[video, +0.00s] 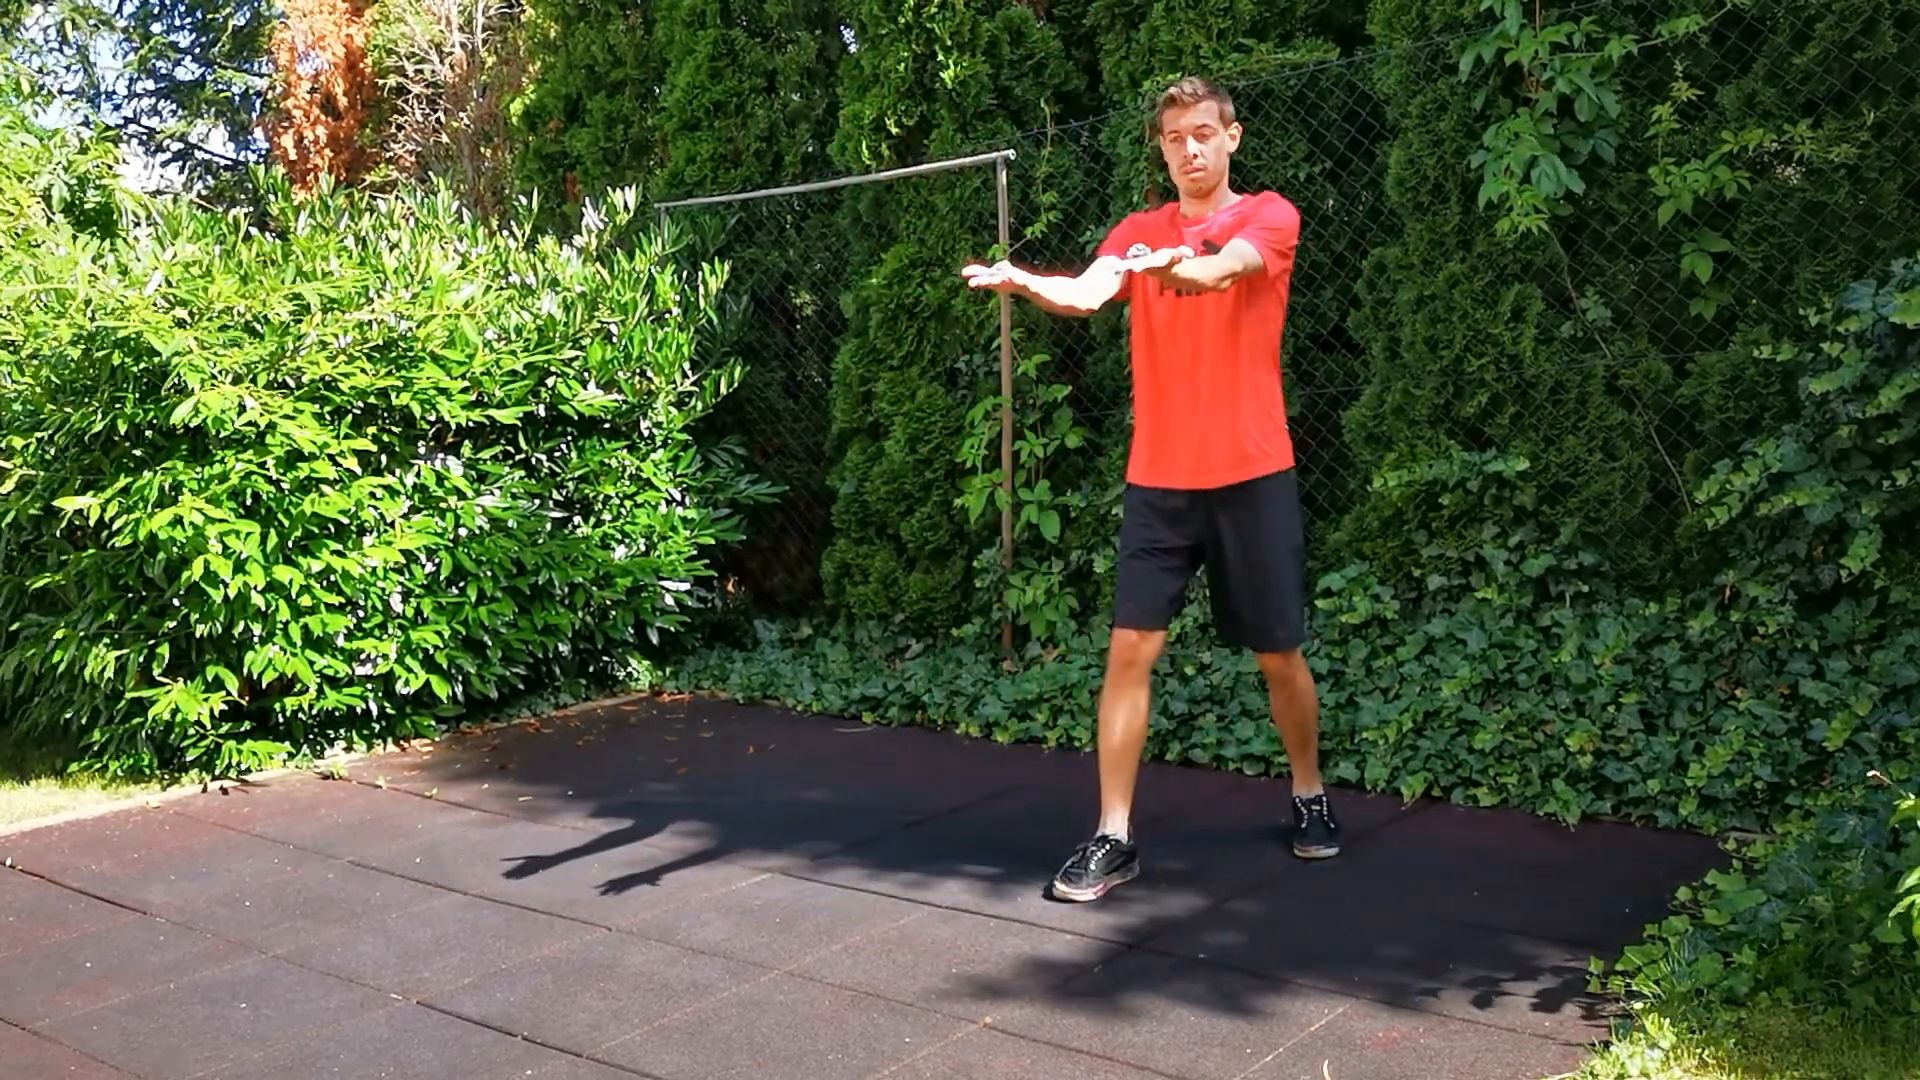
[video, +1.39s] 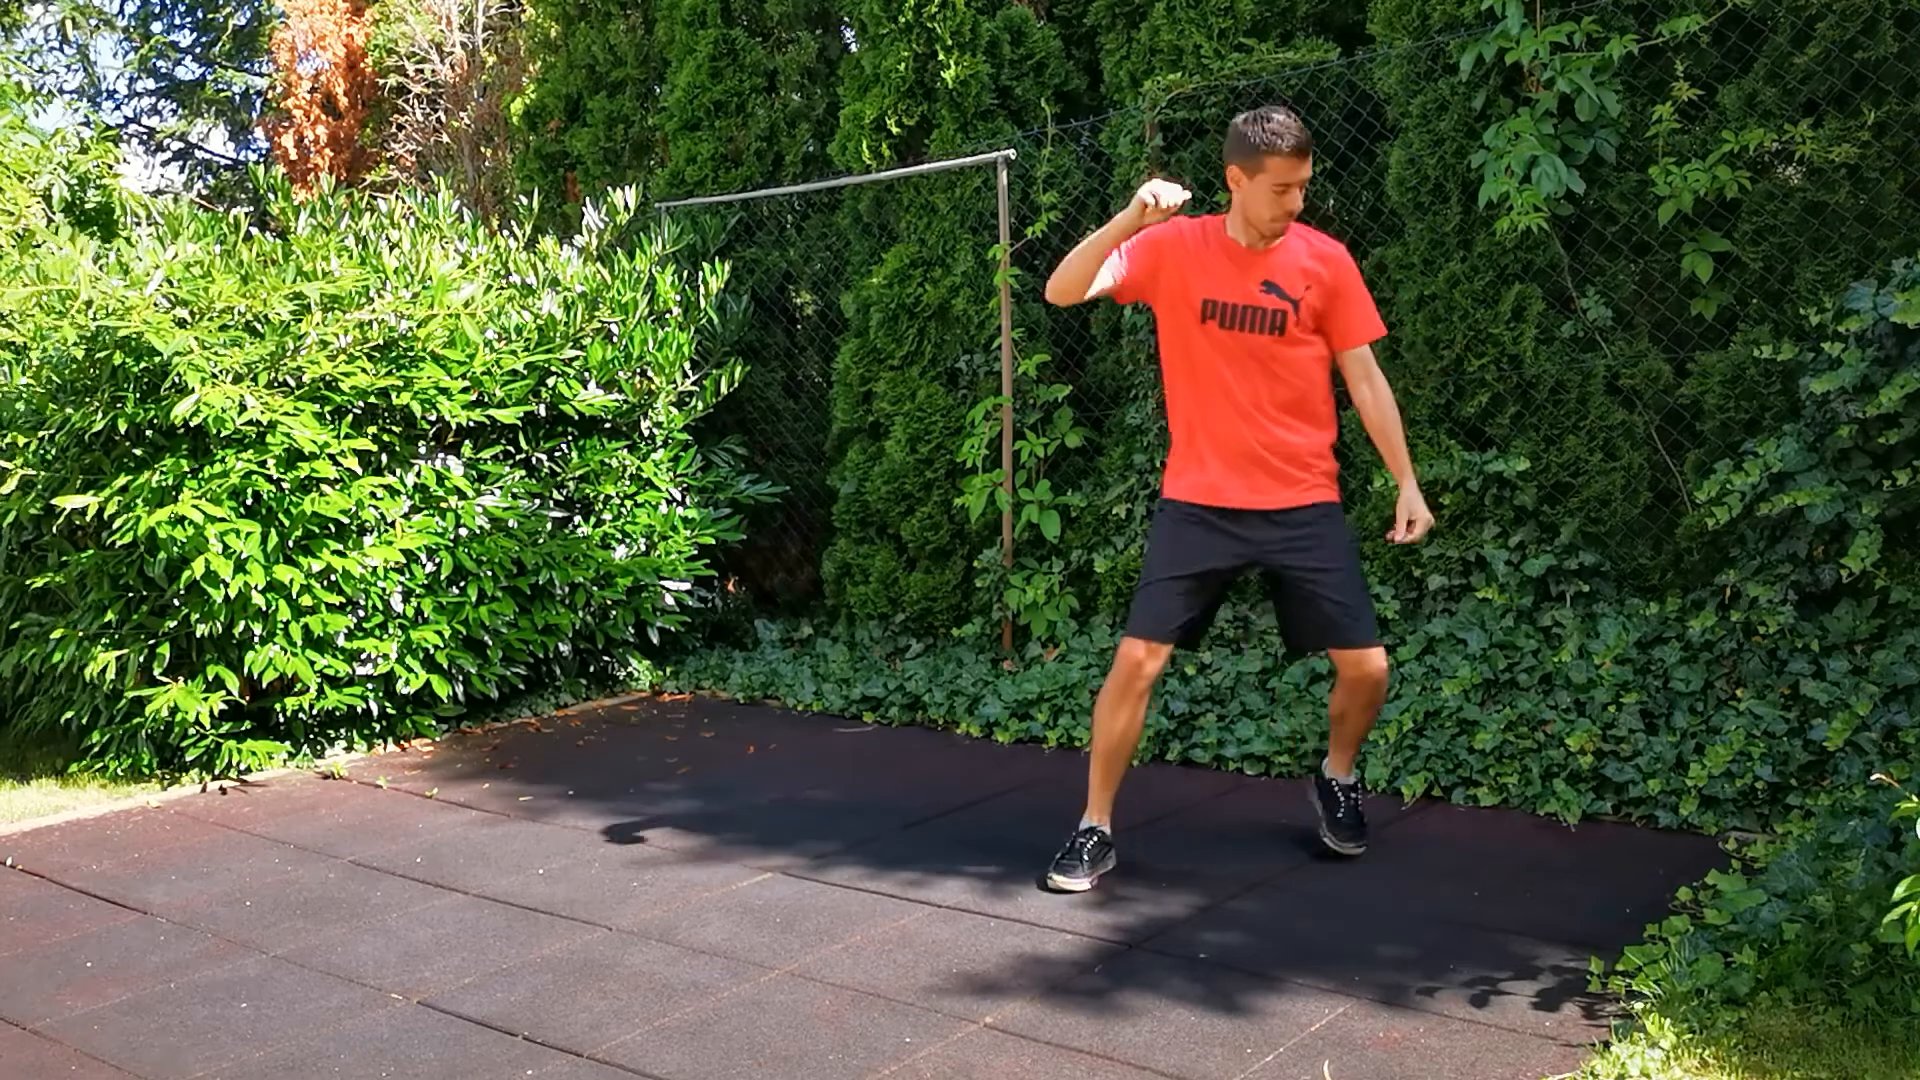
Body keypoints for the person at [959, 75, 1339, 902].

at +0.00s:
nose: (1189, 151)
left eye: (1202, 134)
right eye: (1175, 139)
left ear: (1233, 138)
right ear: (1159, 150)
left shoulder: (1272, 213)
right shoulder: (1140, 230)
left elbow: (1231, 261)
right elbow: (1083, 294)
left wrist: (1181, 266)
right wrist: (1018, 278)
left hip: (1252, 473)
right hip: (1158, 476)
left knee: (1279, 651)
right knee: (1130, 646)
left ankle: (1309, 797)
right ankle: (1113, 834)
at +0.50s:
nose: (1219, 134)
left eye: (1234, 121)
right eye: (1209, 125)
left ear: (1268, 138)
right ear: (1195, 146)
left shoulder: (1300, 221)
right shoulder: (1164, 221)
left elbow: (1289, 301)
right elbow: (1127, 298)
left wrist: (1250, 327)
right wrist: (1107, 246)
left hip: (1272, 475)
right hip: (1176, 471)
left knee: (1289, 652)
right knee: (1142, 648)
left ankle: (1309, 800)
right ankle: (1110, 833)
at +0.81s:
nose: (1242, 151)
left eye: (1256, 138)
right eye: (1230, 140)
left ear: (1288, 149)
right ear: (1216, 155)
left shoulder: (1314, 230)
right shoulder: (1189, 233)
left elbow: (1258, 302)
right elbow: (1177, 358)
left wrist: (1193, 310)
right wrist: (1178, 311)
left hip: (1284, 479)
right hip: (1192, 475)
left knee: (1295, 660)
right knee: (1147, 647)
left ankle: (1310, 803)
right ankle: (1114, 833)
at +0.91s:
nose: (1243, 162)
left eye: (1258, 148)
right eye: (1231, 150)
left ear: (1290, 156)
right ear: (1219, 160)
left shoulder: (1316, 246)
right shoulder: (1190, 241)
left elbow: (1290, 367)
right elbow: (1172, 355)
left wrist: (1280, 337)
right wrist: (1144, 372)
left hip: (1282, 492)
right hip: (1192, 483)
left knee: (1291, 672)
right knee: (1144, 650)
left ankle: (1309, 801)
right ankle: (1112, 833)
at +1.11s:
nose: (1264, 176)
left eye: (1278, 161)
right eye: (1252, 162)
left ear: (1309, 161)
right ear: (1235, 166)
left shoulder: (1339, 255)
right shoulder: (1194, 242)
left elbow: (1369, 366)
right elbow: (1139, 345)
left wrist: (1396, 380)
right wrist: (1063, 371)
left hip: (1291, 499)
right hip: (1193, 489)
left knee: (1300, 670)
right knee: (1143, 646)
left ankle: (1309, 801)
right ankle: (1111, 833)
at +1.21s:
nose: (1266, 180)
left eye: (1282, 164)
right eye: (1254, 164)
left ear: (1308, 159)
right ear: (1234, 159)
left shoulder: (1345, 248)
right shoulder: (1190, 237)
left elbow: (1400, 350)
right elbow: (1096, 308)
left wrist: (1452, 363)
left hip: (1294, 500)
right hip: (1195, 490)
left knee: (1303, 673)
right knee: (1144, 646)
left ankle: (1310, 804)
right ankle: (1108, 830)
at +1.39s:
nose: (1296, 204)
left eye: (1303, 189)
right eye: (1282, 188)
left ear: (1305, 183)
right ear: (1234, 178)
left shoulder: (1324, 262)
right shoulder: (1173, 244)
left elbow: (1364, 376)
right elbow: (1064, 289)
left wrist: (1406, 481)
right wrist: (1129, 219)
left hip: (1305, 508)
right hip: (1196, 504)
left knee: (1367, 668)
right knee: (1136, 658)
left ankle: (1338, 777)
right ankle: (1094, 827)